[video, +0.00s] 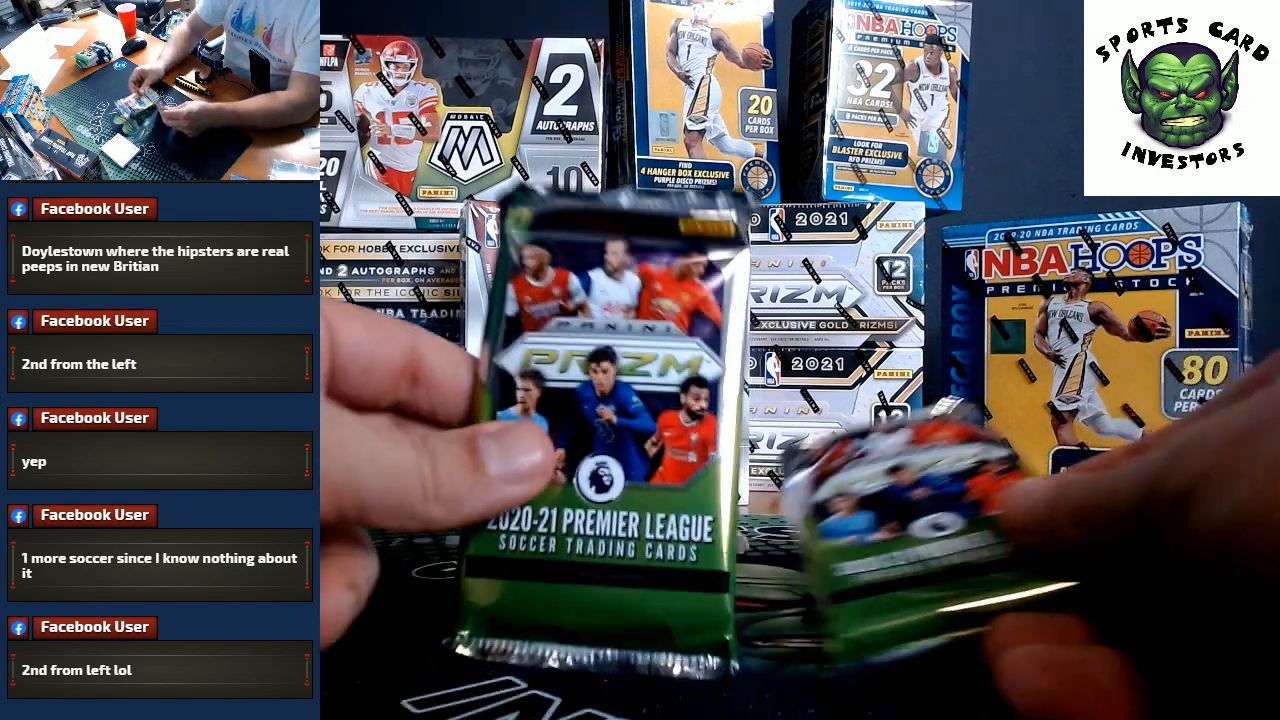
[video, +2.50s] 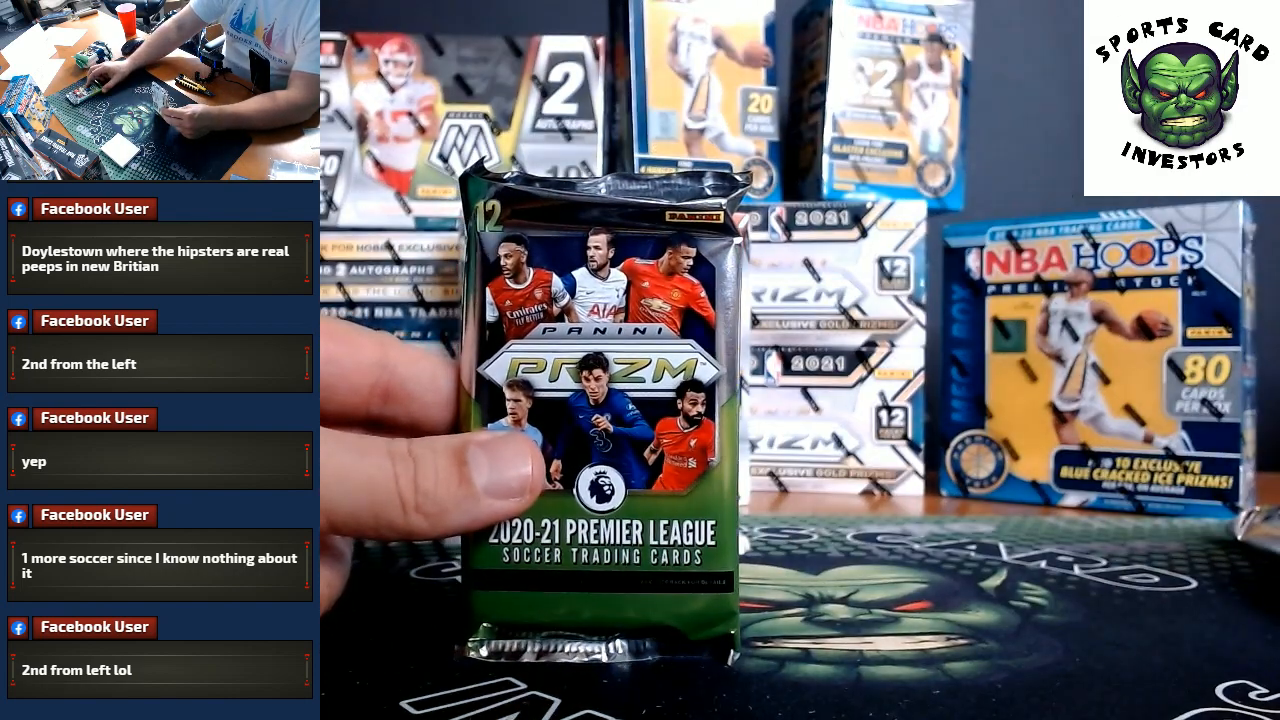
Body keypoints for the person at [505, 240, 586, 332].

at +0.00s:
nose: (527, 263)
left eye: (532, 258)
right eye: (525, 258)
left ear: (544, 259)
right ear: (522, 261)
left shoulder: (567, 279)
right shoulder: (514, 288)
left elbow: (584, 306)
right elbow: (511, 324)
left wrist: (573, 307)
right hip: (533, 343)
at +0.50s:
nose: (504, 260)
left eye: (510, 254)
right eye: (502, 255)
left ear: (525, 254)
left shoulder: (549, 277)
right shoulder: (494, 287)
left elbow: (568, 307)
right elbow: (491, 325)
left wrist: (574, 334)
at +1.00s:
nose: (500, 262)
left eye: (505, 256)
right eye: (498, 257)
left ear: (521, 256)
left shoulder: (546, 279)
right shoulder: (490, 290)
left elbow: (565, 310)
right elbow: (487, 329)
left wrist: (572, 337)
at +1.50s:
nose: (493, 262)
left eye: (499, 256)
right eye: (491, 257)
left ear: (514, 255)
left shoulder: (540, 278)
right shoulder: (484, 290)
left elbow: (559, 309)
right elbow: (482, 329)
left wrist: (566, 335)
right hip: (507, 350)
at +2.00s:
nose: (495, 263)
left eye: (500, 256)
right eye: (493, 257)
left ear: (516, 256)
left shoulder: (541, 278)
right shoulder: (485, 290)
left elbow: (561, 309)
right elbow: (477, 328)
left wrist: (567, 336)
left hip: (542, 347)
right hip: (508, 350)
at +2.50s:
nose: (502, 263)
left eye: (508, 257)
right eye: (500, 257)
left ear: (523, 257)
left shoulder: (549, 280)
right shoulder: (492, 291)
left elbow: (570, 311)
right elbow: (489, 332)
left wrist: (577, 341)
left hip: (549, 351)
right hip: (515, 353)